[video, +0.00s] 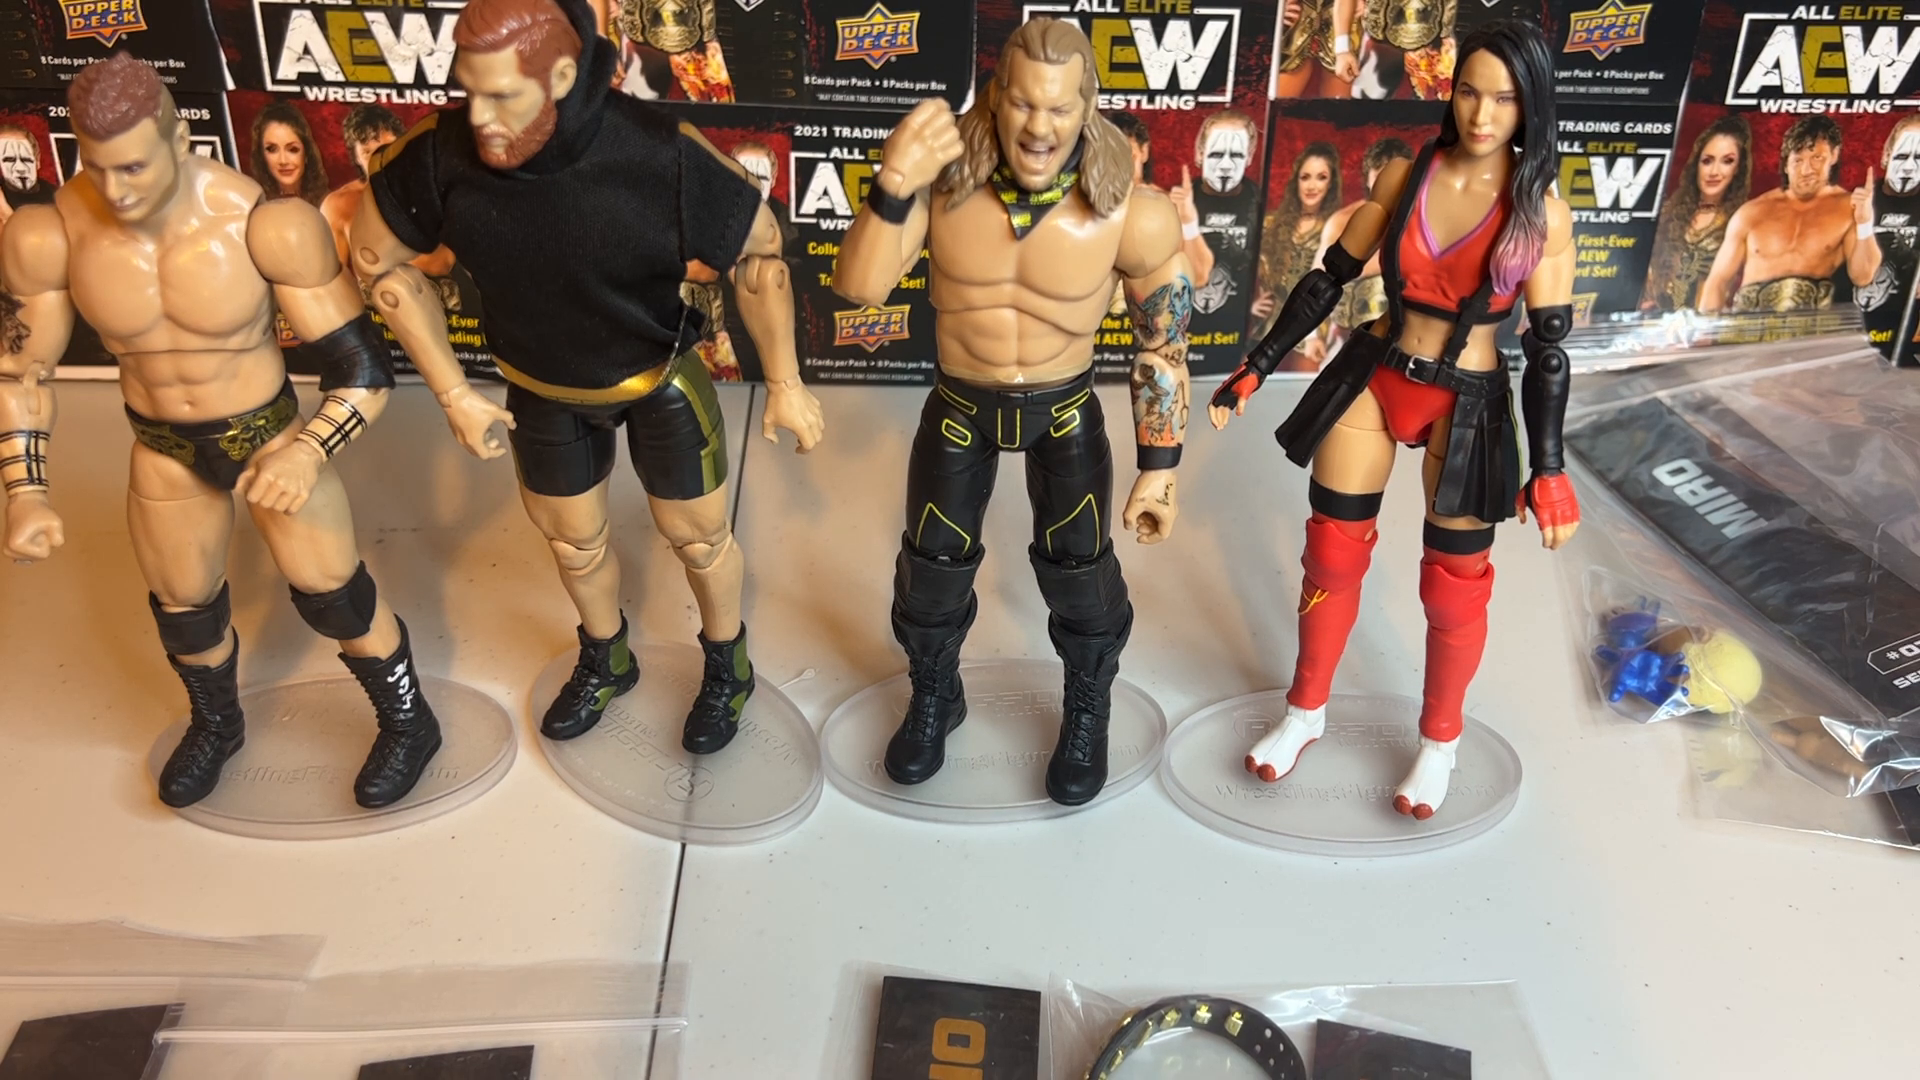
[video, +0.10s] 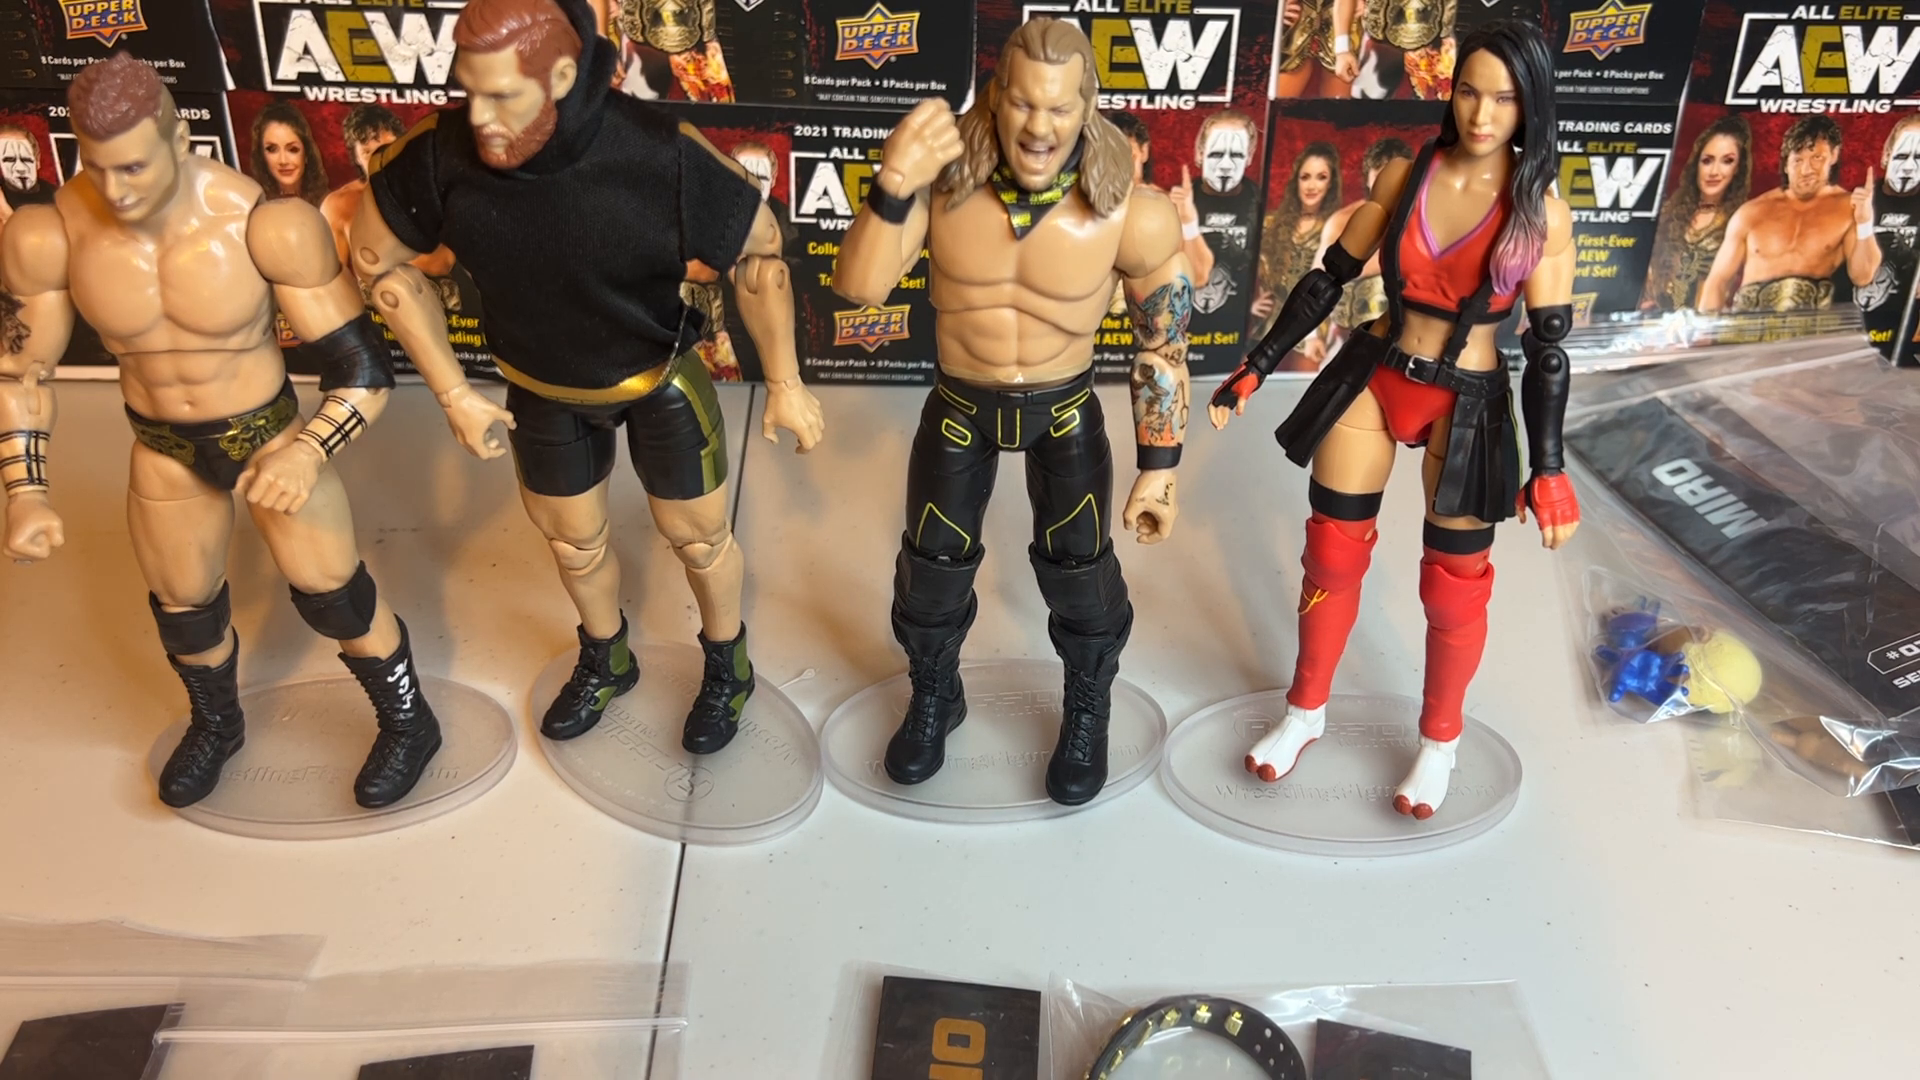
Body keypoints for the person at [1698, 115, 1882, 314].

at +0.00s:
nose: (1806, 169)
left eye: (1817, 158)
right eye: (1797, 160)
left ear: (1834, 156)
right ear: (1785, 163)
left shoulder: (1848, 207)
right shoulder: (1751, 212)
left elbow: (1862, 277)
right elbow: (1718, 281)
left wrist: (1864, 223)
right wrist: (1705, 335)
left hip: (1810, 314)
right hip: (1749, 312)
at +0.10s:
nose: (1806, 169)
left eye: (1817, 158)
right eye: (1797, 160)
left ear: (1834, 156)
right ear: (1785, 163)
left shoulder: (1848, 207)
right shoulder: (1750, 212)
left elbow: (1862, 277)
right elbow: (1718, 281)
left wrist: (1864, 223)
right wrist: (1704, 336)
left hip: (1810, 315)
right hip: (1748, 312)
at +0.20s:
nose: (1806, 169)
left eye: (1817, 158)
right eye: (1797, 160)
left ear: (1834, 156)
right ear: (1785, 163)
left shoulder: (1848, 206)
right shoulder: (1751, 212)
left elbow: (1862, 277)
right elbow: (1717, 281)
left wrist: (1864, 223)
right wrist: (1704, 336)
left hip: (1810, 315)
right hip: (1748, 313)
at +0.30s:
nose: (1806, 170)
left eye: (1817, 158)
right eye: (1797, 160)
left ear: (1834, 156)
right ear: (1785, 163)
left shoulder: (1848, 207)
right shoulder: (1751, 212)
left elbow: (1862, 277)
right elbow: (1718, 281)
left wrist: (1864, 223)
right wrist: (1704, 335)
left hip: (1810, 314)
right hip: (1749, 312)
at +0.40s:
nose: (1806, 169)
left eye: (1817, 158)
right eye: (1798, 160)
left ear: (1834, 156)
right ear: (1785, 162)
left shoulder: (1848, 207)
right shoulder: (1750, 212)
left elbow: (1862, 277)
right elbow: (1718, 281)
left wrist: (1864, 223)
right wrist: (1704, 336)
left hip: (1810, 316)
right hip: (1749, 313)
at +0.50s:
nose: (1806, 169)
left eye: (1817, 158)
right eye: (1798, 160)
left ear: (1834, 156)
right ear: (1785, 162)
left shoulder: (1848, 207)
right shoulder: (1750, 212)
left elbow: (1862, 277)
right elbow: (1718, 281)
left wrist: (1864, 224)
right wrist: (1704, 336)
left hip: (1810, 315)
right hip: (1748, 313)